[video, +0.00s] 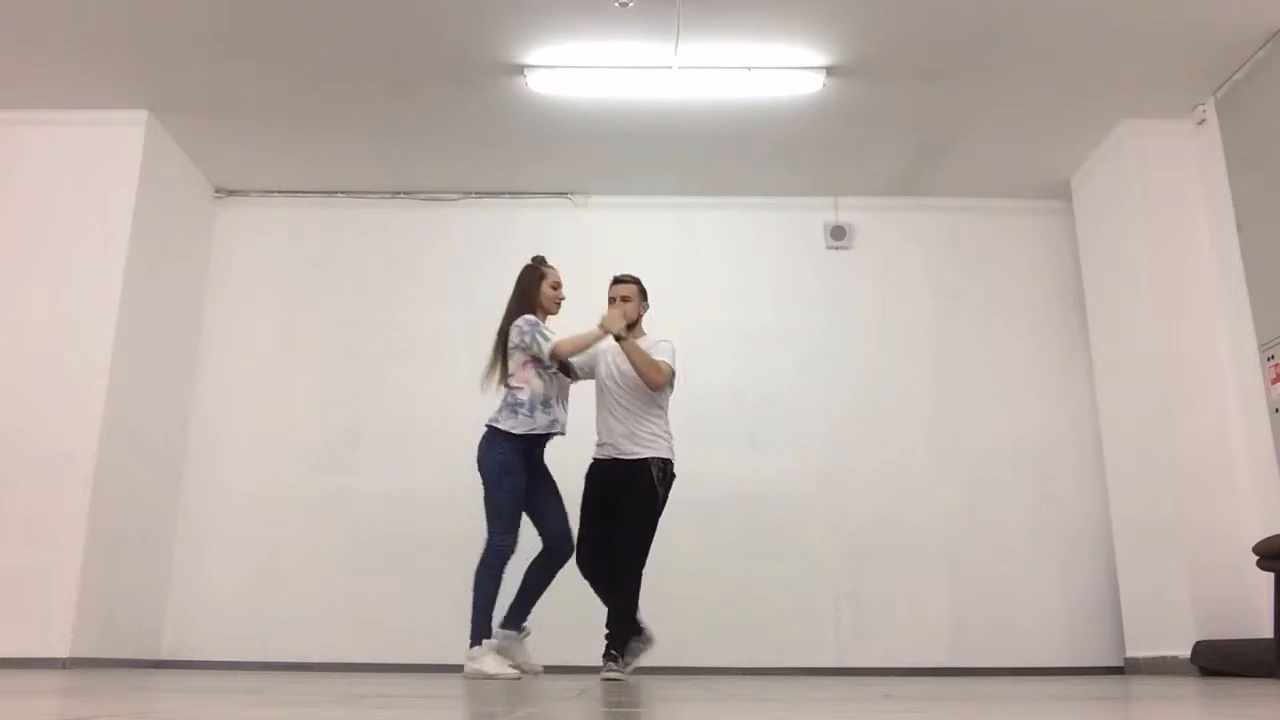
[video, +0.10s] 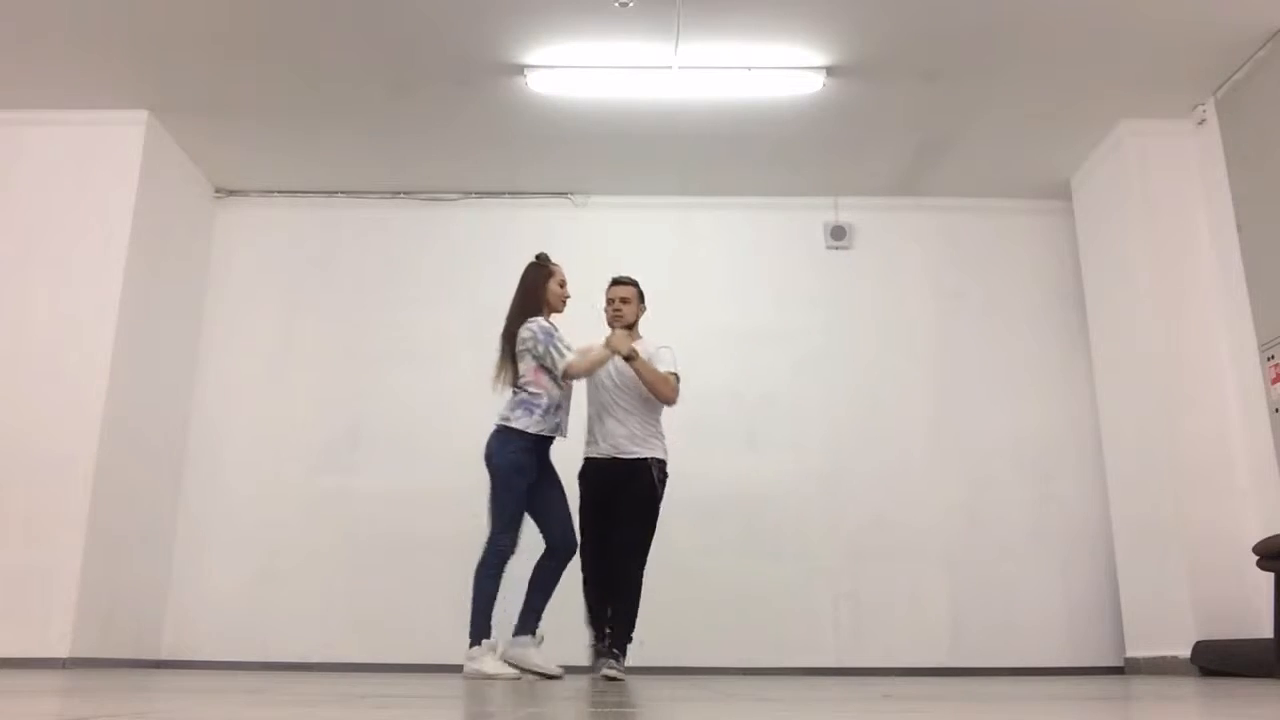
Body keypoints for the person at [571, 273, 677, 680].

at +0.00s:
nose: (618, 306)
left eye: (626, 300)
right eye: (612, 301)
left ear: (644, 307)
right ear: (607, 307)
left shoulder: (660, 346)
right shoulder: (601, 351)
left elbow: (657, 378)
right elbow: (560, 368)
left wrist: (620, 336)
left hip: (649, 463)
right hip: (606, 462)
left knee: (628, 558)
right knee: (589, 556)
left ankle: (614, 652)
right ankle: (635, 631)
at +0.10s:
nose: (616, 307)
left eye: (624, 301)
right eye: (611, 302)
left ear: (641, 309)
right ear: (604, 308)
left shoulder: (657, 351)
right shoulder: (593, 352)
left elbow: (669, 394)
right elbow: (565, 370)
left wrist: (633, 357)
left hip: (643, 466)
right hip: (597, 465)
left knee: (629, 559)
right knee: (593, 555)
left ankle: (617, 650)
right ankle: (600, 640)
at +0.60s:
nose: (610, 284)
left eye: (596, 276)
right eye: (609, 277)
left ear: (572, 282)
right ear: (611, 280)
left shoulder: (560, 327)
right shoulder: (628, 316)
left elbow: (513, 360)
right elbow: (676, 342)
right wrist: (671, 320)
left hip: (559, 446)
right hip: (602, 446)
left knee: (571, 546)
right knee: (629, 546)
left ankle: (538, 637)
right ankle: (638, 643)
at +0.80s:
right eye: (626, 276)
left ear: (588, 283)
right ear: (628, 281)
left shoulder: (574, 323)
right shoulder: (647, 316)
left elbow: (517, 354)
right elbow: (682, 332)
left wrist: (528, 344)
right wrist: (660, 304)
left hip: (598, 431)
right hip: (645, 428)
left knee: (611, 541)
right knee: (649, 542)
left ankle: (582, 644)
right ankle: (639, 649)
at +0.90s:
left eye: (583, 287)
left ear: (594, 284)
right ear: (634, 284)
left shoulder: (578, 325)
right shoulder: (646, 319)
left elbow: (523, 354)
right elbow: (673, 332)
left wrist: (504, 340)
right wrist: (640, 307)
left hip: (605, 434)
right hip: (652, 429)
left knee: (619, 542)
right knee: (652, 543)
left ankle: (585, 643)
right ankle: (639, 651)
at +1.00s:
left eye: (601, 281)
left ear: (603, 291)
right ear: (643, 287)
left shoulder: (585, 326)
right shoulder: (656, 325)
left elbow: (525, 343)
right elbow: (636, 307)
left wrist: (500, 333)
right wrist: (604, 284)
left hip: (608, 437)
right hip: (657, 432)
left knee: (601, 541)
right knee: (650, 543)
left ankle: (593, 638)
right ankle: (639, 649)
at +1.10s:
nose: (599, 289)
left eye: (604, 284)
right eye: (601, 282)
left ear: (615, 289)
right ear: (643, 292)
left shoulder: (597, 323)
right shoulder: (648, 329)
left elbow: (542, 339)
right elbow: (595, 315)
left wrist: (504, 328)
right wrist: (578, 283)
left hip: (605, 439)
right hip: (651, 437)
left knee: (593, 542)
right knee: (648, 543)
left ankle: (619, 638)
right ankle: (640, 641)